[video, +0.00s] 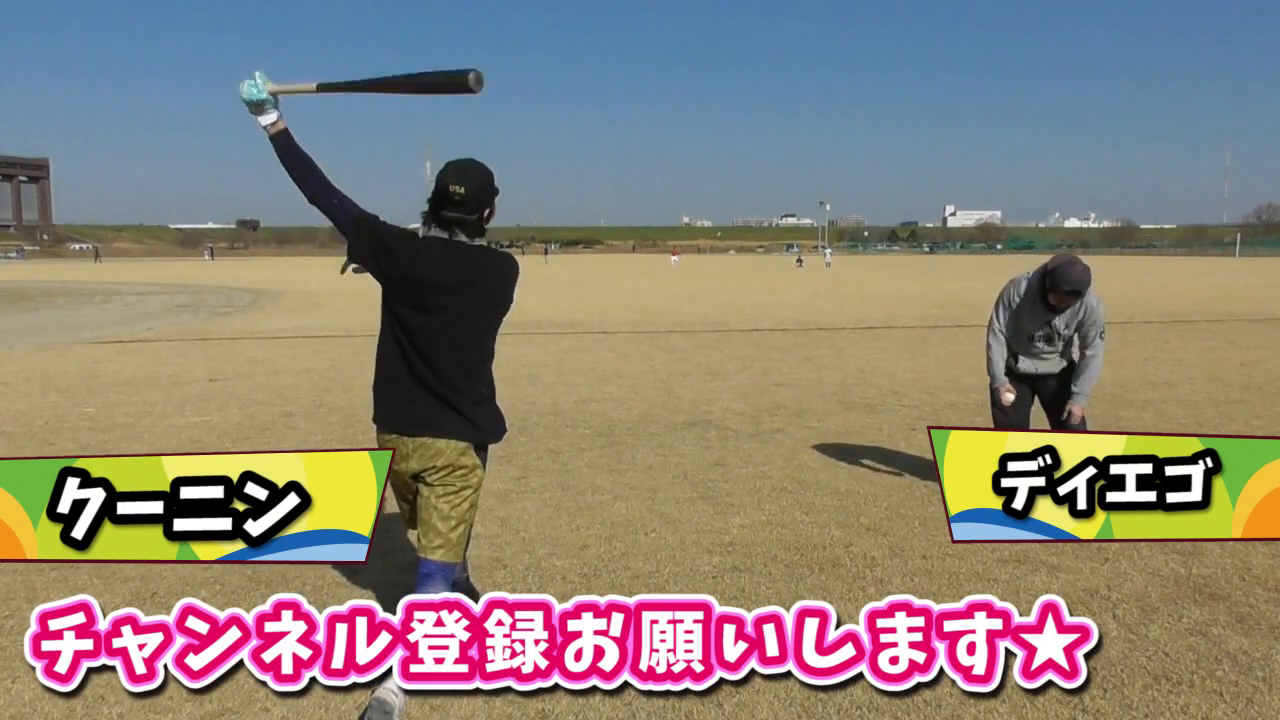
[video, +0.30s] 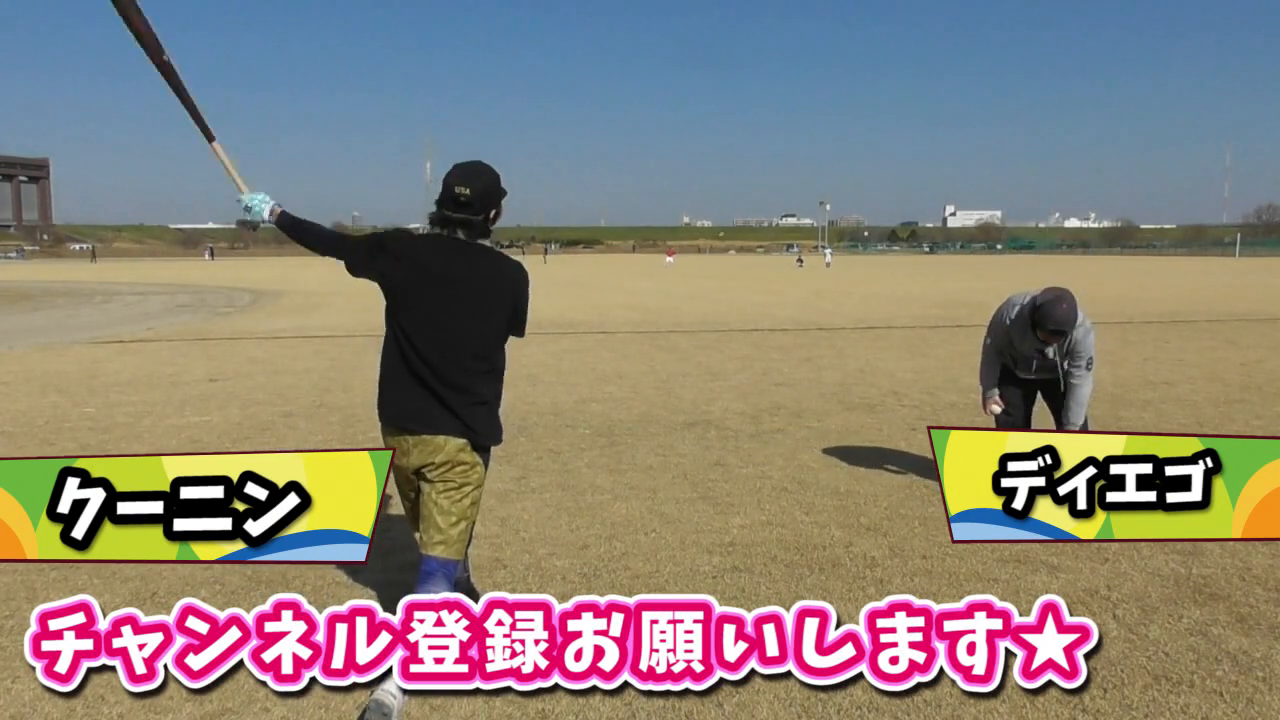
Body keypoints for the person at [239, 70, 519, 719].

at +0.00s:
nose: (481, 209)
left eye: (452, 194)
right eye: (487, 202)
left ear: (434, 203)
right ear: (488, 214)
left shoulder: (399, 249)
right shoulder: (502, 270)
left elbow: (323, 193)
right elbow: (463, 270)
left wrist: (272, 122)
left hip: (399, 429)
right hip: (461, 435)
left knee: (436, 556)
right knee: (435, 571)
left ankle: (473, 639)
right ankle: (394, 692)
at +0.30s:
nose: (497, 213)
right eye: (496, 206)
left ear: (442, 202)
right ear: (492, 213)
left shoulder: (401, 250)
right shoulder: (508, 273)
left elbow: (334, 243)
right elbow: (512, 328)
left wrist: (274, 215)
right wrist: (466, 290)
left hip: (401, 423)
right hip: (463, 432)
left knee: (436, 543)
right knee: (438, 564)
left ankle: (470, 621)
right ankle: (394, 690)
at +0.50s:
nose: (506, 215)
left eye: (505, 207)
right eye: (504, 208)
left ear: (450, 205)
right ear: (492, 213)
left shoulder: (405, 251)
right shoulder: (510, 273)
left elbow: (358, 295)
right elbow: (519, 330)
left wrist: (312, 324)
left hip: (398, 420)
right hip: (457, 430)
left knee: (444, 523)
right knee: (437, 560)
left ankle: (467, 615)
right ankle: (395, 682)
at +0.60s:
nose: (505, 209)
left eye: (503, 201)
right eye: (503, 203)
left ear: (450, 201)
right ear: (492, 209)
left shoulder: (409, 250)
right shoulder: (502, 269)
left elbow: (383, 316)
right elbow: (507, 336)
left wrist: (360, 372)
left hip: (395, 411)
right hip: (450, 419)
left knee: (443, 510)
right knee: (434, 553)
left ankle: (460, 592)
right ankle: (392, 678)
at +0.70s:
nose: (497, 205)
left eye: (494, 197)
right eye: (494, 198)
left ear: (443, 199)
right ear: (482, 204)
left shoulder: (409, 248)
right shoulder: (482, 260)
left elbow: (399, 324)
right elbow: (488, 343)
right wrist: (502, 409)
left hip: (388, 400)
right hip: (435, 408)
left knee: (453, 490)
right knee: (432, 548)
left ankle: (458, 580)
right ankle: (378, 670)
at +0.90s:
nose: (469, 203)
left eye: (467, 194)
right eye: (465, 196)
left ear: (427, 201)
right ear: (446, 202)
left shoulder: (425, 250)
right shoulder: (419, 257)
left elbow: (473, 322)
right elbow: (471, 329)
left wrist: (538, 350)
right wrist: (544, 360)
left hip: (422, 422)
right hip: (400, 426)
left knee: (470, 508)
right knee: (424, 556)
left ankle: (464, 620)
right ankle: (326, 679)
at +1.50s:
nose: (419, 197)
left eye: (417, 189)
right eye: (414, 189)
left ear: (387, 195)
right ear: (391, 195)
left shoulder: (405, 247)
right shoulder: (340, 254)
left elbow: (453, 308)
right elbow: (403, 307)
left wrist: (501, 299)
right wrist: (487, 279)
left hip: (377, 422)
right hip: (336, 427)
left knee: (403, 524)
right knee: (372, 558)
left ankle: (368, 632)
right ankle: (311, 690)